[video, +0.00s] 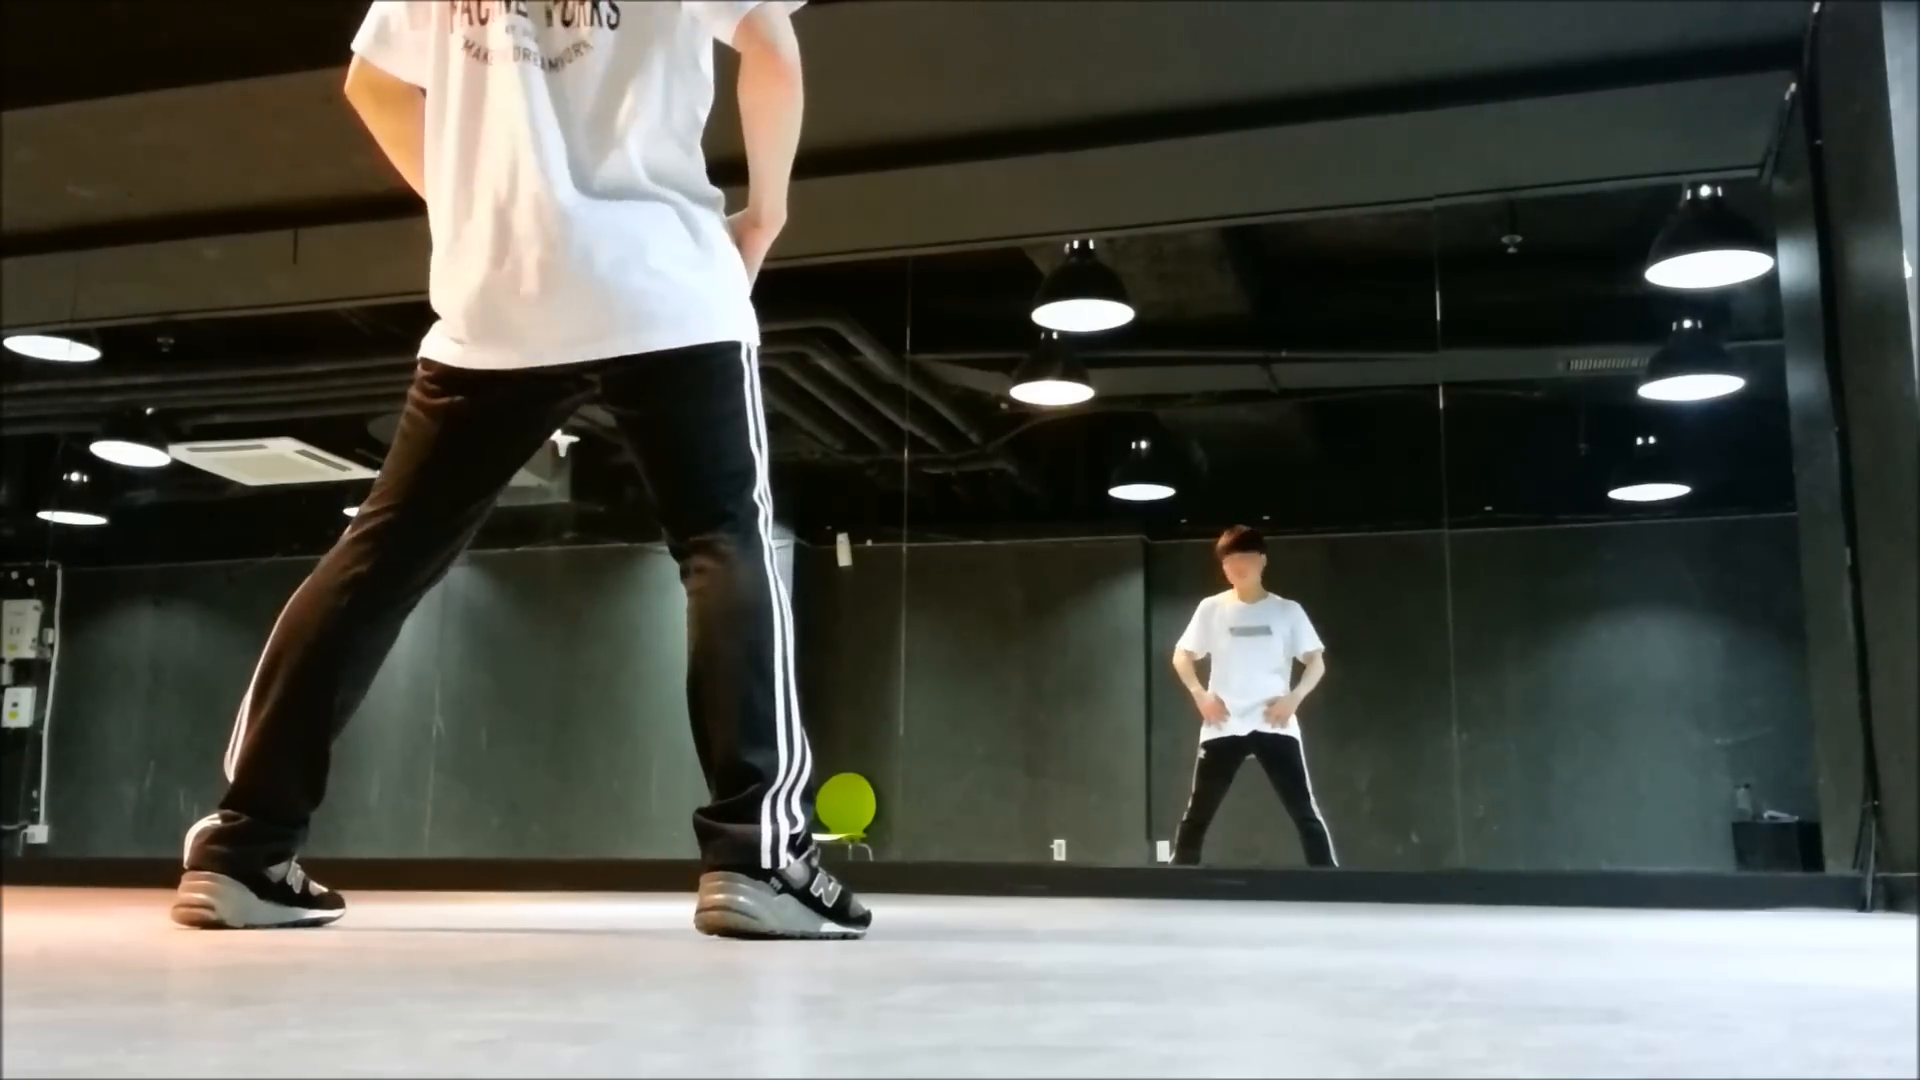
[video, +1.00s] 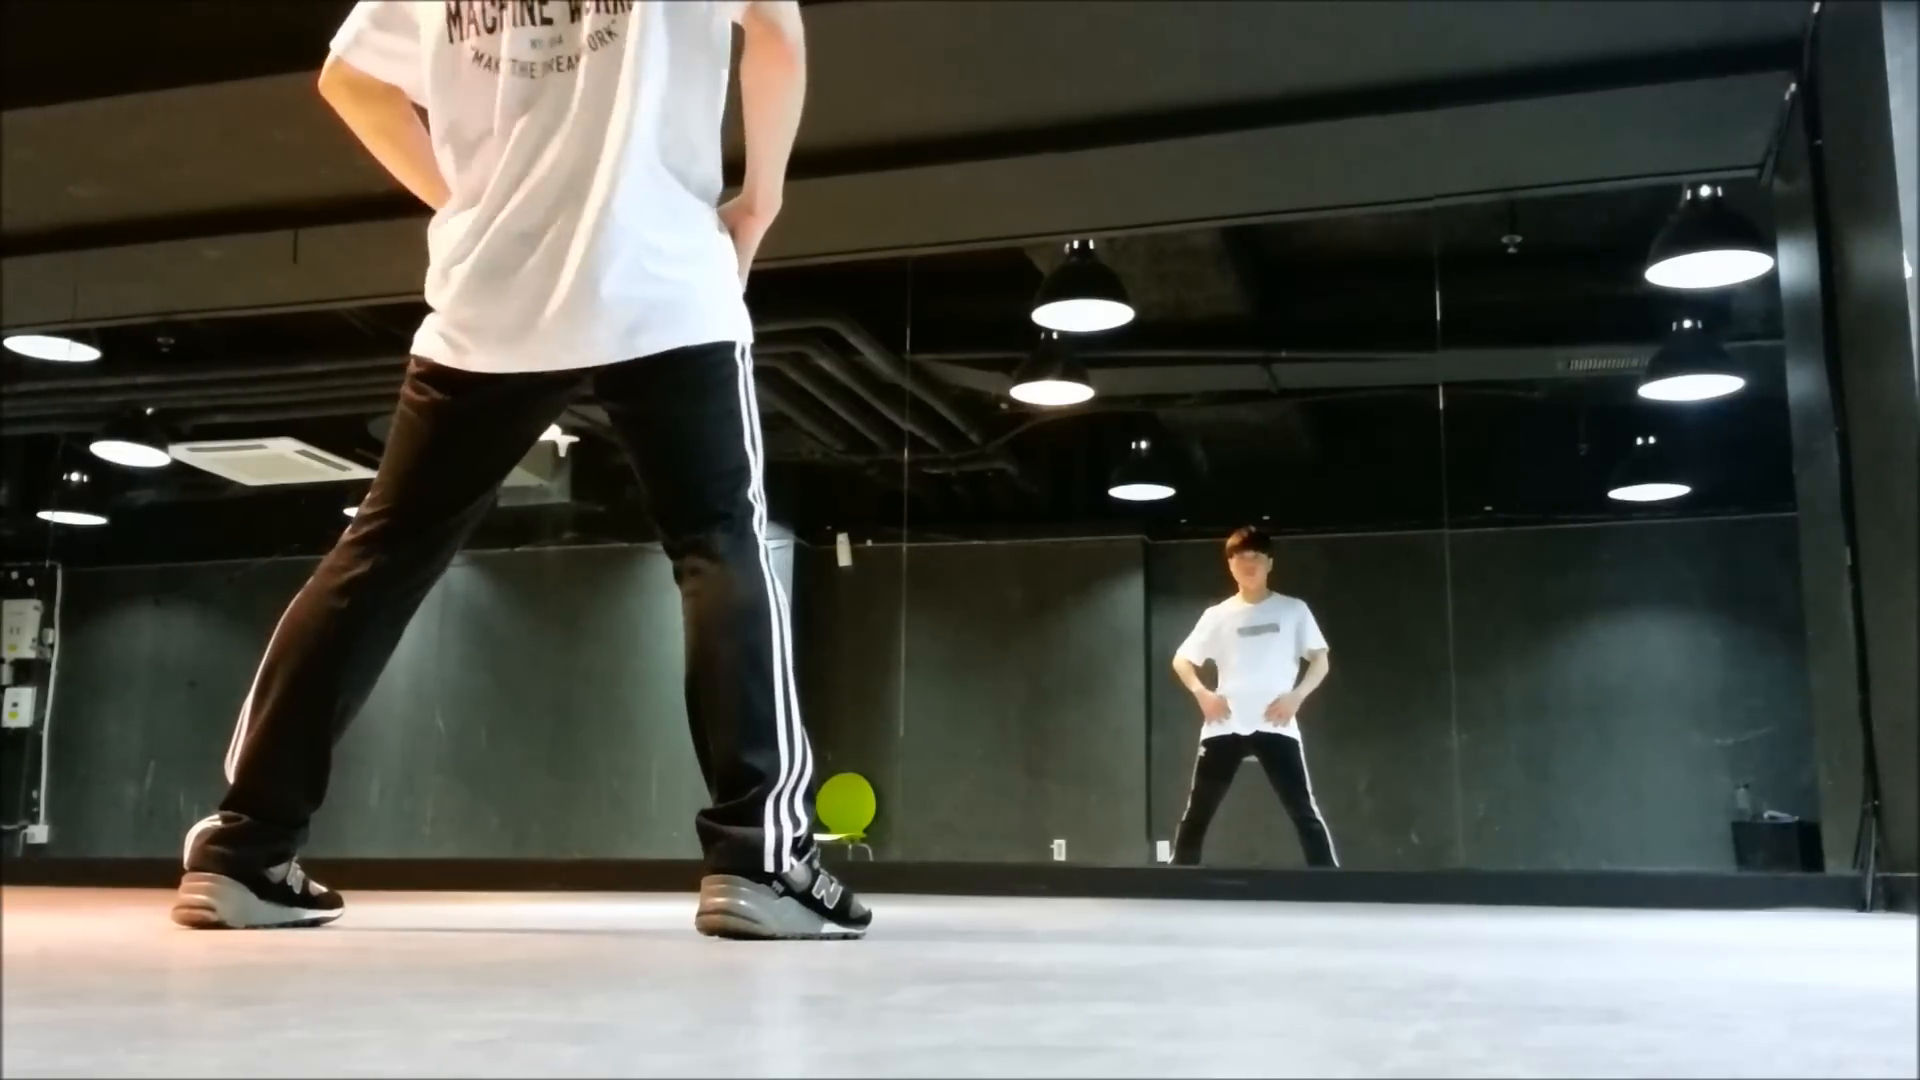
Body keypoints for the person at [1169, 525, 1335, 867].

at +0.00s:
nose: (1238, 568)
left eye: (1246, 559)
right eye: (1231, 560)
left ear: (1263, 561)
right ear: (1223, 566)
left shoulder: (1288, 611)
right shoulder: (1211, 609)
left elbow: (1317, 665)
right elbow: (1181, 657)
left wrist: (1292, 700)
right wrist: (1201, 696)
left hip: (1275, 727)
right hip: (1223, 728)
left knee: (1305, 814)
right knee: (1197, 815)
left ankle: (1331, 890)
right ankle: (1178, 891)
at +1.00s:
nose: (1248, 566)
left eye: (1255, 558)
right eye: (1240, 559)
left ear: (1268, 563)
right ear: (1230, 565)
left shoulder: (1294, 610)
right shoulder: (1217, 616)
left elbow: (1321, 663)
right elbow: (1181, 661)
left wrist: (1294, 697)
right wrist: (1202, 694)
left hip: (1276, 728)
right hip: (1224, 729)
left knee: (1304, 812)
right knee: (1197, 814)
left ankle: (1331, 889)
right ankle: (1178, 890)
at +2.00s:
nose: (1243, 556)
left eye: (1251, 550)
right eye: (1236, 551)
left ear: (1265, 560)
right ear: (1226, 561)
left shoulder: (1287, 611)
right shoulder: (1209, 610)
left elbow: (1315, 663)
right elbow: (1186, 660)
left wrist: (1297, 701)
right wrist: (1202, 697)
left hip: (1278, 731)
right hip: (1224, 731)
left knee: (1307, 813)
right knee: (1198, 816)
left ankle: (1332, 888)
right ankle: (1178, 890)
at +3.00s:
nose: (1221, 582)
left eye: (1226, 573)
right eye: (1214, 577)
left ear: (1245, 567)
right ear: (1209, 583)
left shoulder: (1289, 609)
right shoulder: (1209, 617)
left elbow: (1322, 658)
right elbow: (1182, 666)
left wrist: (1298, 698)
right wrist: (1200, 699)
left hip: (1277, 730)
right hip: (1223, 732)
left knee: (1312, 801)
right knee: (1186, 796)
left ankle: (1316, 885)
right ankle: (1187, 884)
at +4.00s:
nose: (1225, 588)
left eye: (1230, 579)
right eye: (1217, 583)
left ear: (1247, 574)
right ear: (1211, 587)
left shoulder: (1285, 612)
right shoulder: (1207, 624)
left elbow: (1320, 658)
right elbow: (1181, 672)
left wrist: (1296, 691)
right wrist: (1196, 699)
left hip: (1274, 727)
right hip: (1222, 729)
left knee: (1308, 803)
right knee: (1186, 800)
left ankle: (1316, 883)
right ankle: (1191, 883)